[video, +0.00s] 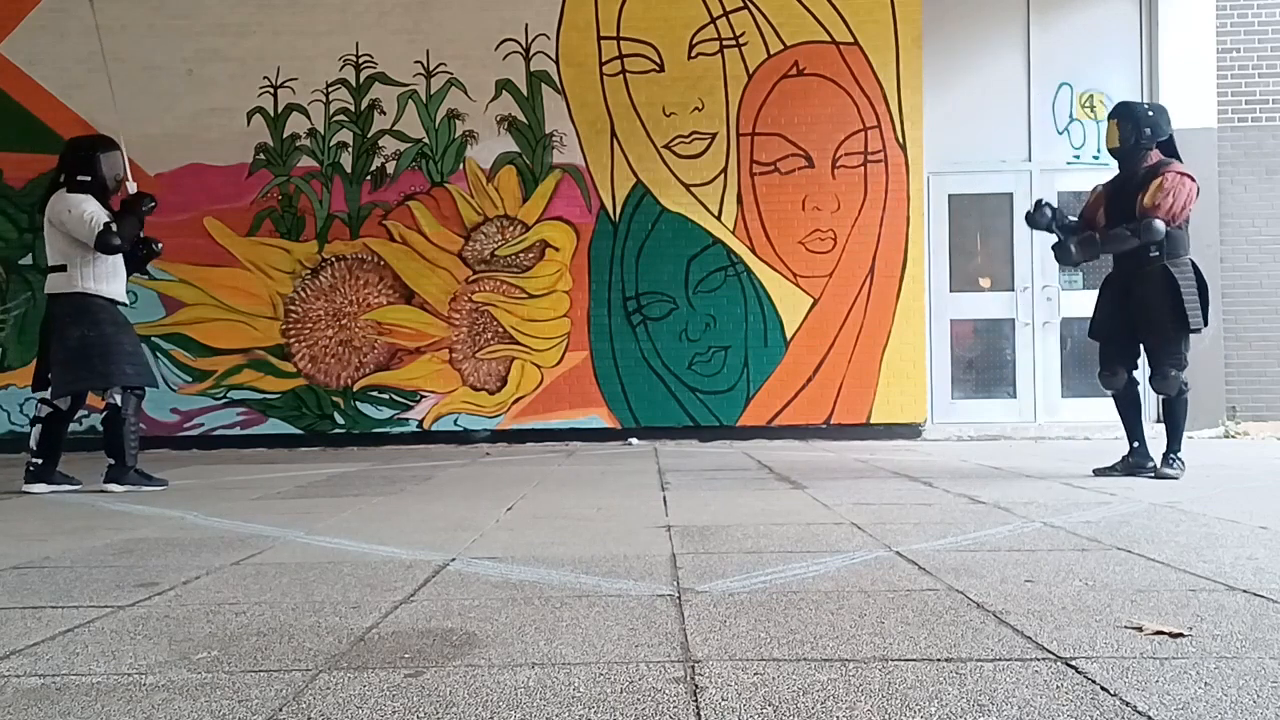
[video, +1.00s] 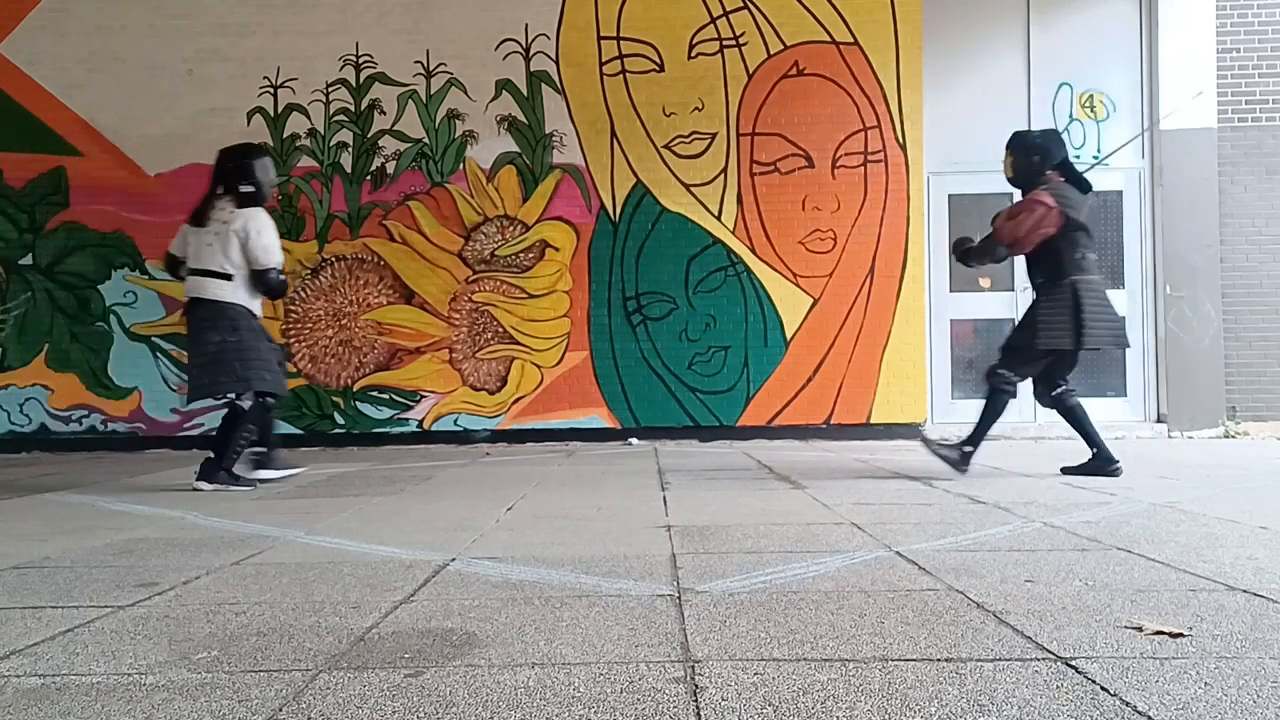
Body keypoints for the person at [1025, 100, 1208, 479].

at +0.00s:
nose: (1111, 139)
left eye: (1119, 130)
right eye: (1110, 131)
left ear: (1144, 133)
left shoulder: (1173, 179)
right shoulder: (1112, 189)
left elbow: (1150, 229)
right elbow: (1088, 229)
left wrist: (1087, 248)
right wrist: (1057, 221)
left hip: (1165, 283)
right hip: (1122, 284)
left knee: (1168, 375)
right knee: (1115, 371)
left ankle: (1173, 455)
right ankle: (1139, 454)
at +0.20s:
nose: (1112, 133)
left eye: (1119, 126)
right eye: (1112, 126)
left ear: (1142, 132)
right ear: (1132, 131)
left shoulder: (1167, 177)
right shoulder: (1116, 186)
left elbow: (1165, 238)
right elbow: (1100, 241)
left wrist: (1105, 262)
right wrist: (1068, 241)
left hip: (1160, 286)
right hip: (1116, 287)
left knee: (1167, 375)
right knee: (1095, 367)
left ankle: (1172, 455)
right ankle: (1130, 446)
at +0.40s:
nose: (1093, 137)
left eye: (1100, 130)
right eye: (1094, 129)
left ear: (1120, 134)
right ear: (1120, 135)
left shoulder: (1151, 180)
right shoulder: (1107, 186)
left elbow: (1153, 245)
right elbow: (1105, 244)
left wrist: (1103, 273)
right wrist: (1078, 244)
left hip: (1150, 287)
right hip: (1110, 289)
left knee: (1162, 377)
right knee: (1095, 372)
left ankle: (1172, 457)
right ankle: (1107, 455)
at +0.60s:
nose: (1070, 151)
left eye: (1075, 142)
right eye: (1069, 142)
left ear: (1098, 143)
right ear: (1100, 143)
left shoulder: (1122, 185)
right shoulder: (1094, 184)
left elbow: (1097, 243)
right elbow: (1076, 235)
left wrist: (1054, 263)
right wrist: (1056, 229)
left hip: (1122, 288)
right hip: (1092, 289)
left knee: (1120, 380)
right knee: (1081, 375)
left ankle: (1164, 446)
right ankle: (1106, 456)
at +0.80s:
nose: (1042, 159)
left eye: (1047, 151)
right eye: (1041, 151)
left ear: (1069, 151)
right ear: (1077, 151)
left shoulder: (1086, 189)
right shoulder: (1085, 185)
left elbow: (1047, 237)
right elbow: (1059, 228)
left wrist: (1002, 248)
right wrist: (1032, 219)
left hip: (1095, 293)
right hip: (1094, 292)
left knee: (1055, 368)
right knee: (1063, 369)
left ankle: (1103, 454)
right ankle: (1086, 449)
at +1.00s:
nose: (1010, 167)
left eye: (1016, 159)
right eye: (1010, 159)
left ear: (1038, 162)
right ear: (1049, 164)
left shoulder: (1043, 200)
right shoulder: (1067, 196)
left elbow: (1002, 244)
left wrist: (968, 252)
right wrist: (1005, 222)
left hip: (1060, 303)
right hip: (1083, 302)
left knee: (1006, 372)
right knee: (1049, 386)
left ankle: (966, 450)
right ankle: (1102, 456)